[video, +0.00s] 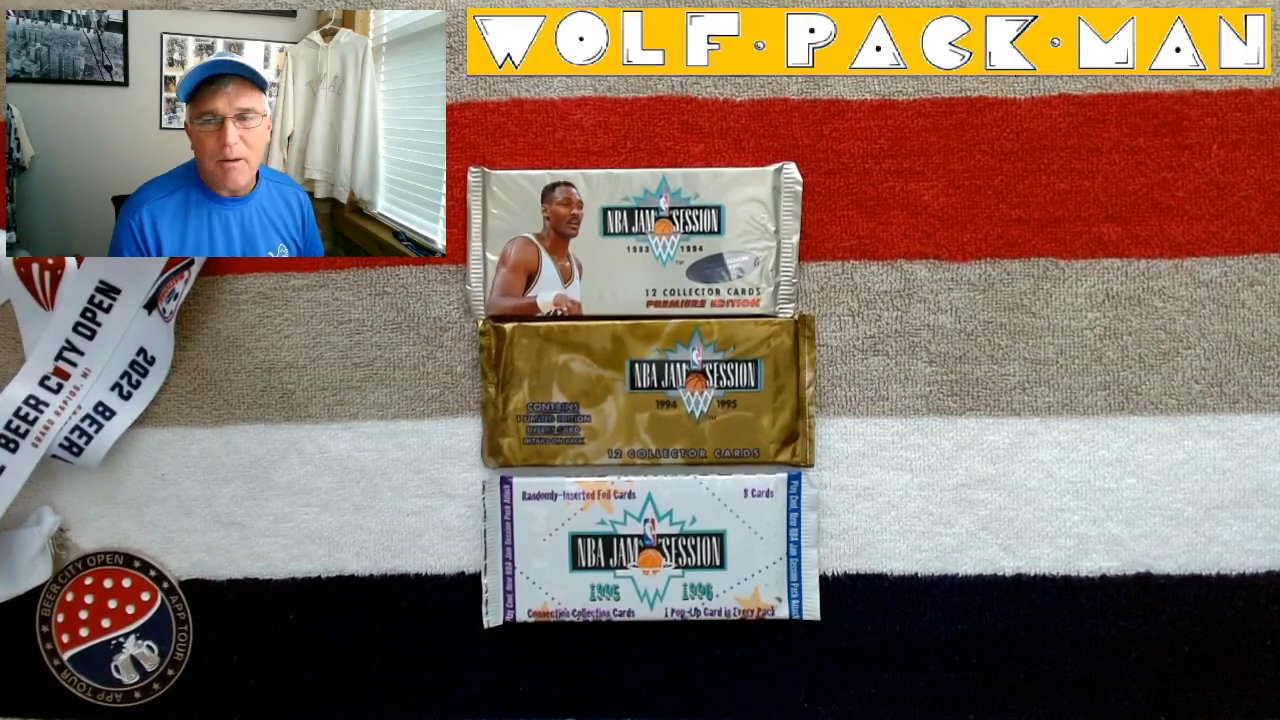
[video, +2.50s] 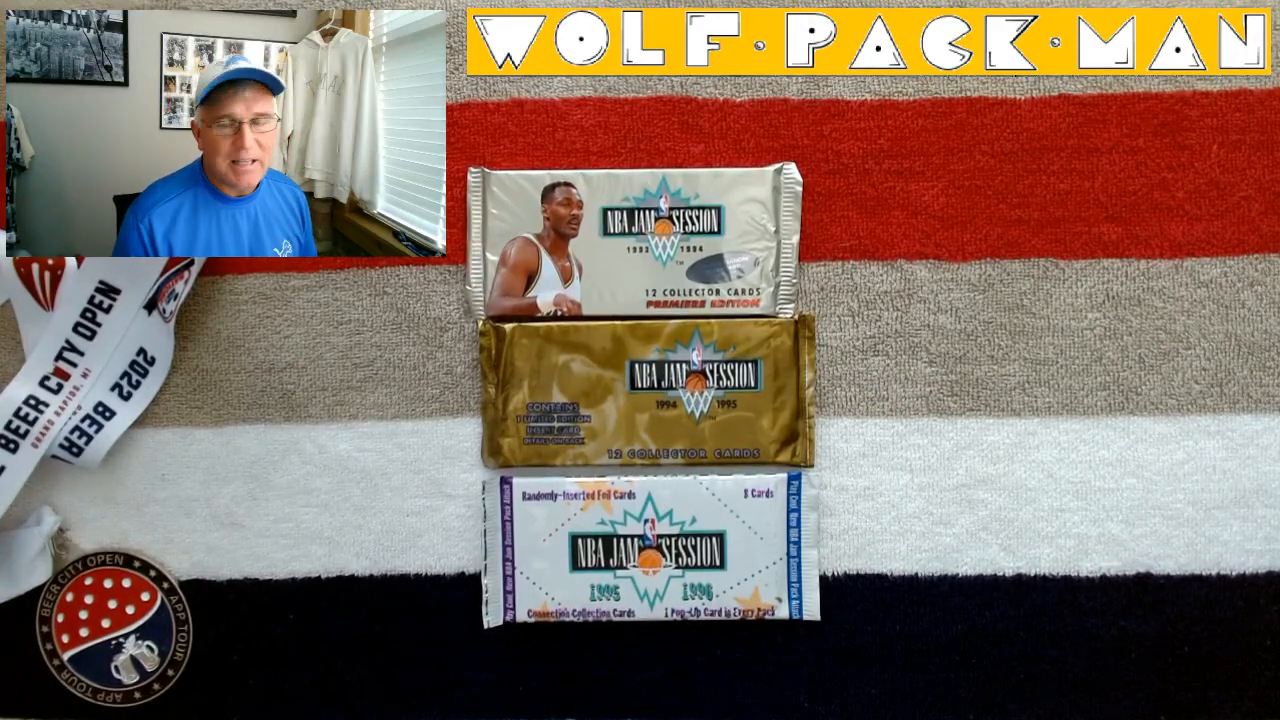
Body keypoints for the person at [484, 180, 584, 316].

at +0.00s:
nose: (576, 213)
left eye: (580, 206)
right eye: (566, 204)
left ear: (583, 211)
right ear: (546, 211)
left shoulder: (575, 266)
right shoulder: (521, 249)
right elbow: (495, 307)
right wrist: (551, 300)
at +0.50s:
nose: (576, 213)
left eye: (580, 206)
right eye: (566, 205)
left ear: (583, 211)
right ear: (545, 211)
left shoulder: (575, 265)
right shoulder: (521, 250)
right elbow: (494, 307)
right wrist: (551, 301)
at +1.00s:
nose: (576, 213)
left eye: (580, 207)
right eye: (566, 205)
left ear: (583, 211)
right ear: (545, 211)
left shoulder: (575, 266)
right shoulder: (521, 249)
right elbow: (494, 307)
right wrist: (550, 301)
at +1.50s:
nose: (576, 213)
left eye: (580, 207)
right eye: (566, 205)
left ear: (583, 211)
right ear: (545, 211)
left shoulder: (575, 265)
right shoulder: (521, 249)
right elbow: (495, 307)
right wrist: (550, 301)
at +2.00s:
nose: (576, 213)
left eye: (580, 207)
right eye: (566, 205)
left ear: (583, 211)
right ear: (545, 211)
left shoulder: (575, 266)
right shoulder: (521, 250)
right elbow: (495, 307)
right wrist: (550, 301)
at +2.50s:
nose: (576, 213)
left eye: (580, 207)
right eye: (566, 205)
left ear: (583, 211)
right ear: (545, 211)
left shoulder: (575, 266)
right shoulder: (521, 250)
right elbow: (495, 307)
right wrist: (550, 301)